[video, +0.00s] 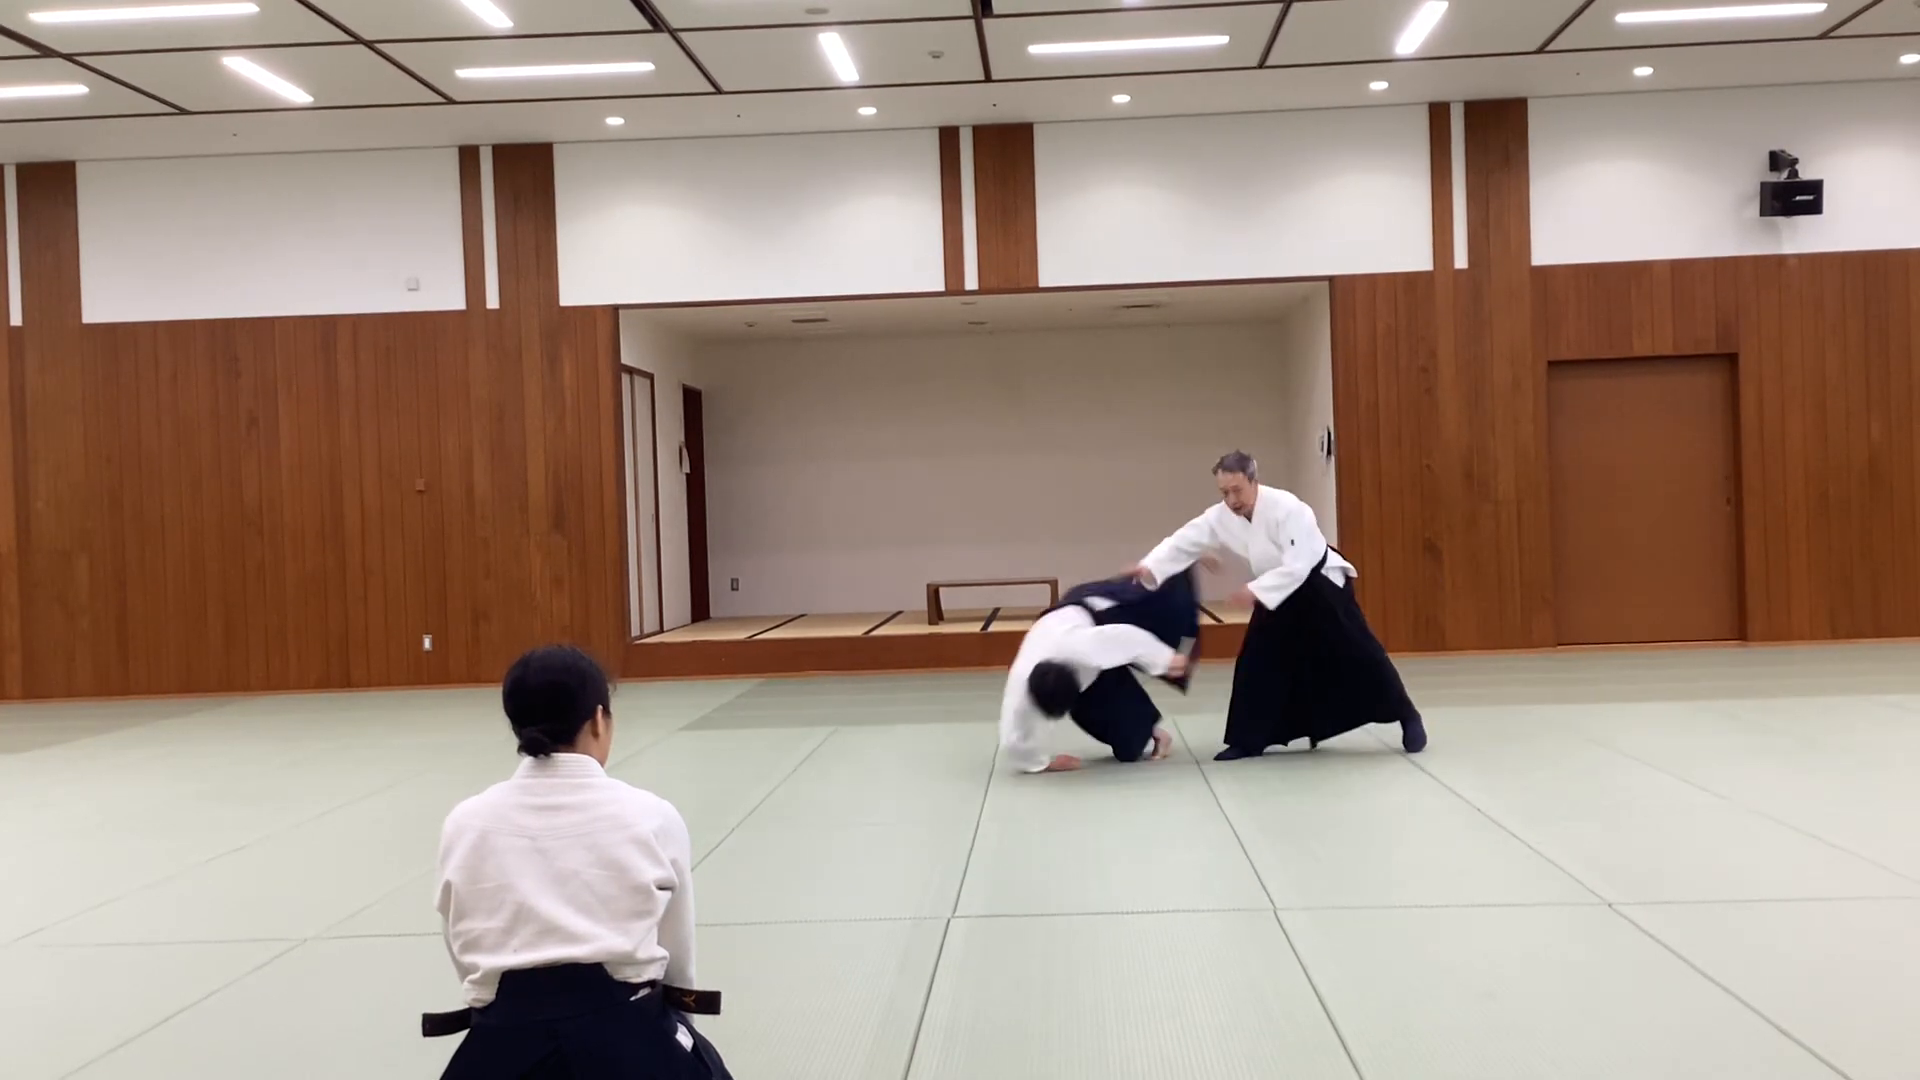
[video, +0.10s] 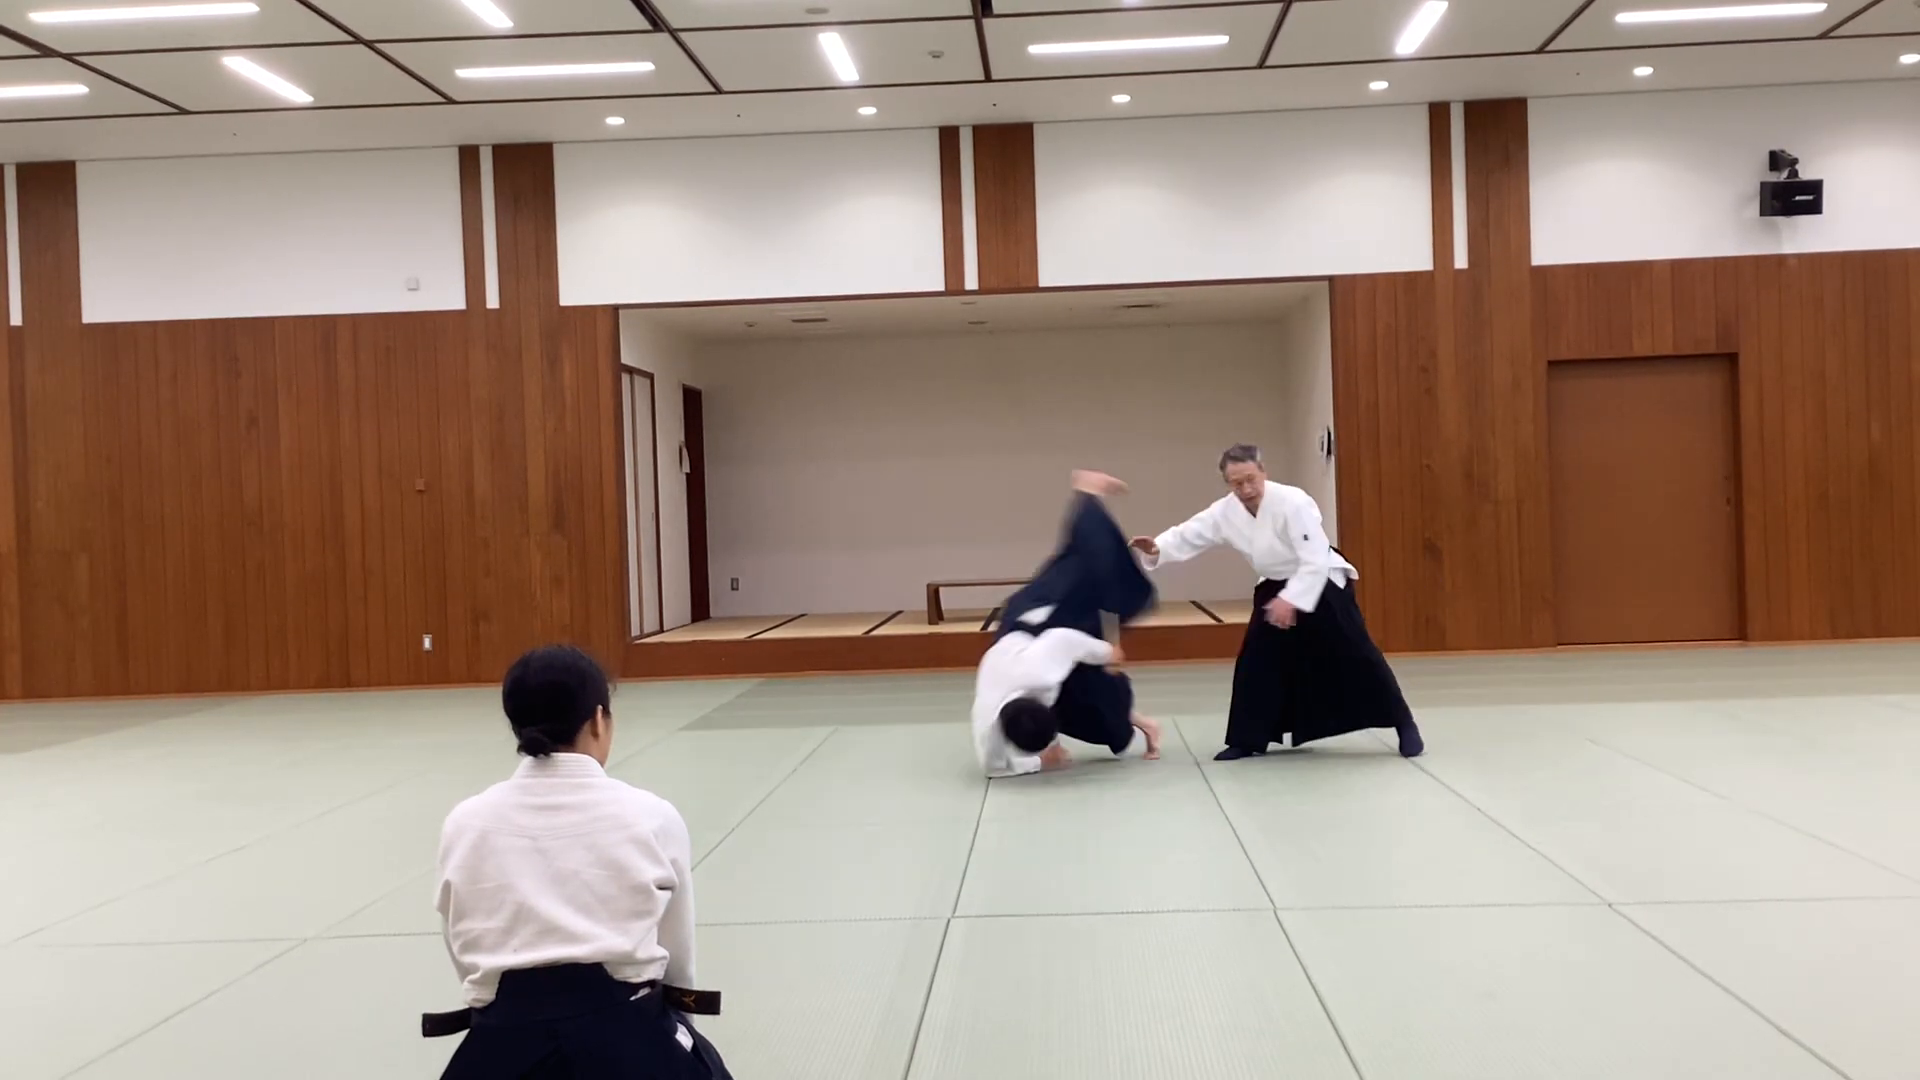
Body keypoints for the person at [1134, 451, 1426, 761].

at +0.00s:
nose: (1230, 498)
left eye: (1235, 490)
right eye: (1224, 491)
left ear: (1253, 481)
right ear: (1219, 488)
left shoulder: (1286, 508)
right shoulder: (1220, 518)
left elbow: (1305, 558)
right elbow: (1182, 542)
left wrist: (1258, 587)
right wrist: (1148, 568)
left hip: (1320, 584)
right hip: (1274, 591)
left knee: (1360, 650)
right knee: (1254, 663)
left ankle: (1408, 718)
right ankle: (1247, 740)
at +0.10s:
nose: (1246, 488)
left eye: (1251, 479)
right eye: (1237, 483)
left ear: (1264, 474)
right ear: (1228, 484)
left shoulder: (1293, 502)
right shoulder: (1226, 512)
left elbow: (1315, 558)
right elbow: (1191, 533)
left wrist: (1291, 598)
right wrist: (1157, 547)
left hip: (1321, 580)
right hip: (1274, 586)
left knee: (1359, 655)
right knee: (1254, 663)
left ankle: (1404, 724)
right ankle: (1247, 741)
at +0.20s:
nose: (1266, 485)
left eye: (1271, 476)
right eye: (1258, 479)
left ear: (1282, 471)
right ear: (1246, 481)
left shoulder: (1309, 501)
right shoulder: (1239, 509)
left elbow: (1345, 555)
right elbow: (1201, 532)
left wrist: (1330, 596)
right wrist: (1168, 554)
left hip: (1328, 585)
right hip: (1279, 590)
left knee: (1362, 659)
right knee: (1255, 663)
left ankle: (1401, 735)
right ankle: (1247, 743)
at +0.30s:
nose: (1297, 484)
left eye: (1302, 476)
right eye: (1289, 478)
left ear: (1311, 474)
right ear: (1276, 480)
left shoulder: (1335, 506)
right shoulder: (1263, 511)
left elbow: (1371, 557)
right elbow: (1223, 541)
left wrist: (1361, 595)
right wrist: (1190, 572)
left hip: (1341, 594)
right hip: (1293, 595)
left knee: (1365, 665)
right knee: (1263, 663)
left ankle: (1404, 744)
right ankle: (1249, 743)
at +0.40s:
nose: (1319, 489)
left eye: (1325, 481)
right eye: (1311, 482)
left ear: (1340, 475)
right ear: (1303, 481)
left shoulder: (1361, 512)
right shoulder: (1293, 513)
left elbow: (1393, 564)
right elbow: (1265, 554)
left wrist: (1385, 602)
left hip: (1361, 599)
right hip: (1315, 597)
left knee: (1380, 668)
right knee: (1279, 660)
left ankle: (1404, 747)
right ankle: (1249, 741)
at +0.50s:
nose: (1327, 490)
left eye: (1335, 482)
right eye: (1322, 482)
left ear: (1355, 479)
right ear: (1317, 480)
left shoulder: (1378, 513)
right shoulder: (1313, 512)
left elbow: (1408, 565)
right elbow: (1310, 565)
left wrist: (1407, 609)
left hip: (1377, 599)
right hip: (1334, 596)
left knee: (1396, 669)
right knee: (1296, 658)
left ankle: (1405, 749)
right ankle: (1274, 737)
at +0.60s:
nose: (1336, 490)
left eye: (1344, 482)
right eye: (1331, 482)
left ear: (1365, 479)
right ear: (1327, 479)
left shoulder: (1389, 512)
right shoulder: (1325, 513)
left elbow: (1419, 562)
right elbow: (1332, 565)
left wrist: (1425, 608)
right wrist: (1338, 600)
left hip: (1391, 600)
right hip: (1350, 598)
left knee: (1397, 669)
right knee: (1328, 661)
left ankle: (1403, 749)